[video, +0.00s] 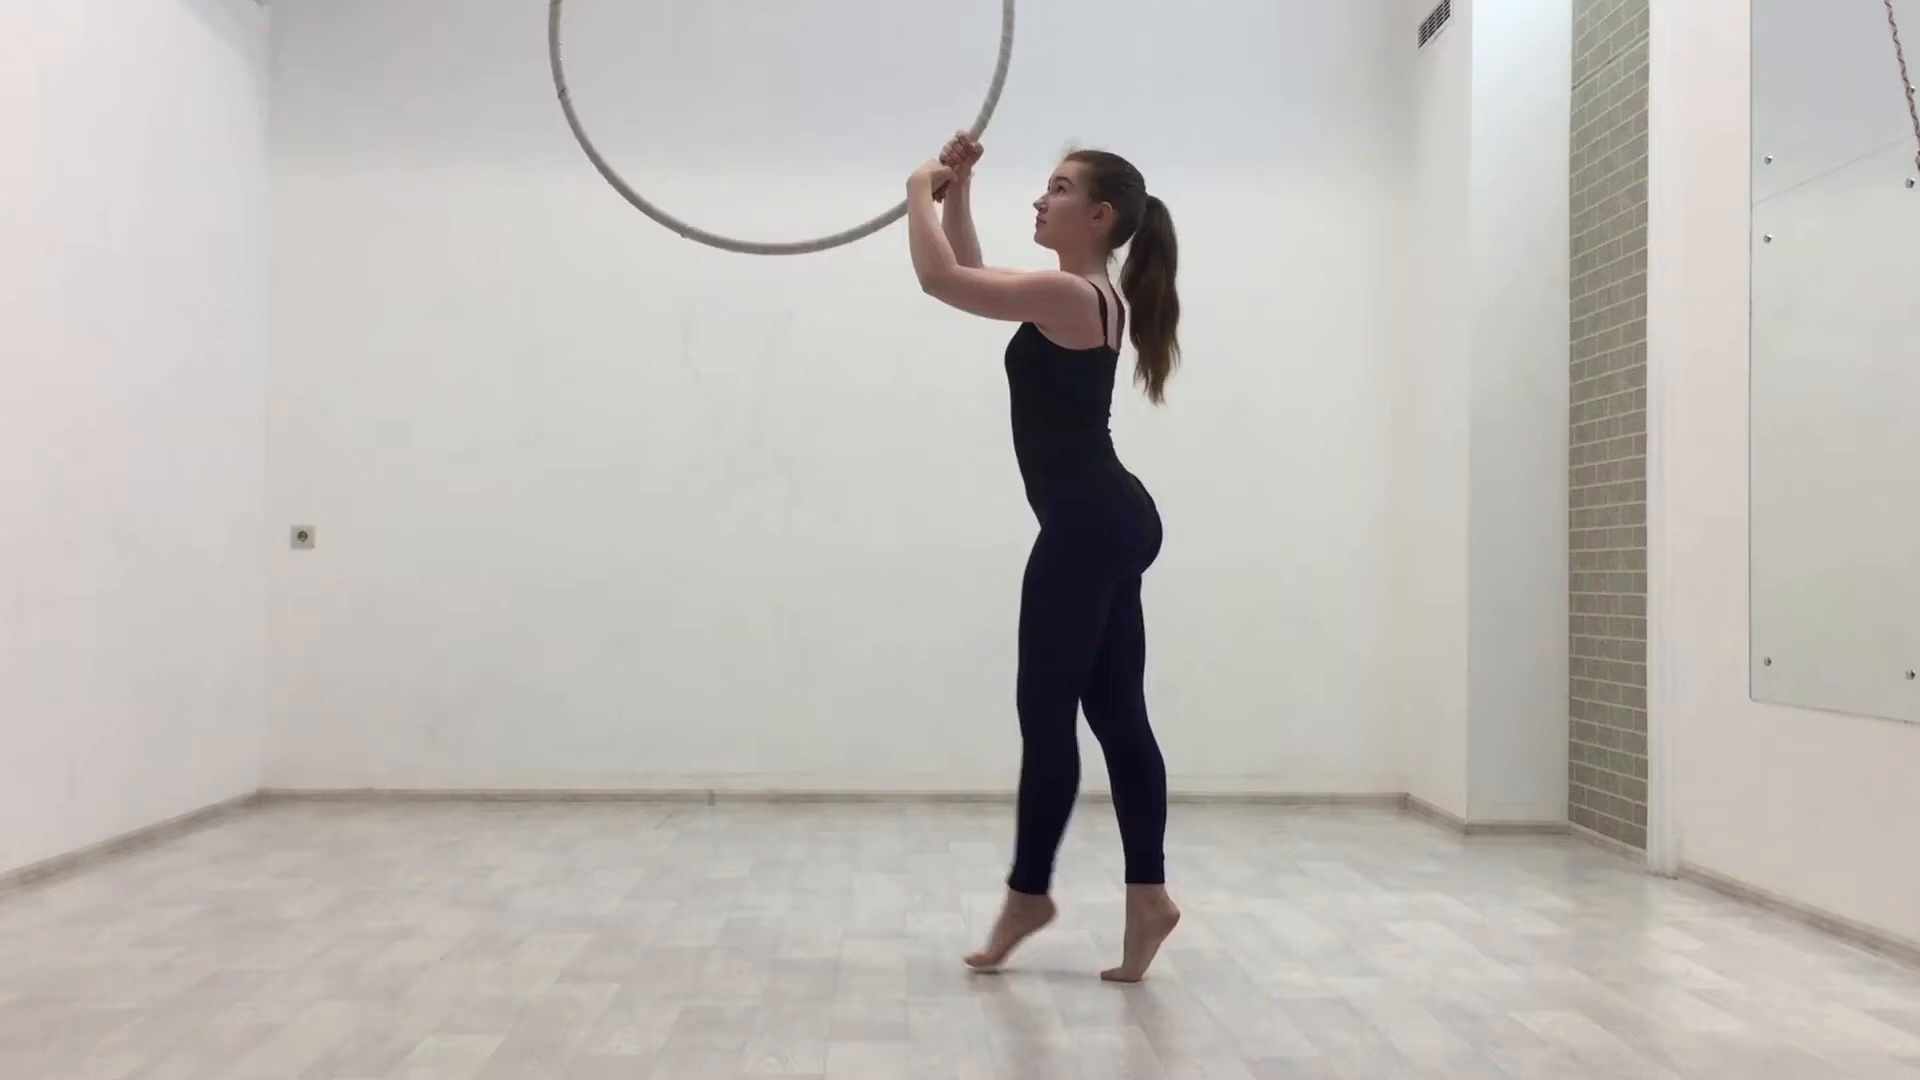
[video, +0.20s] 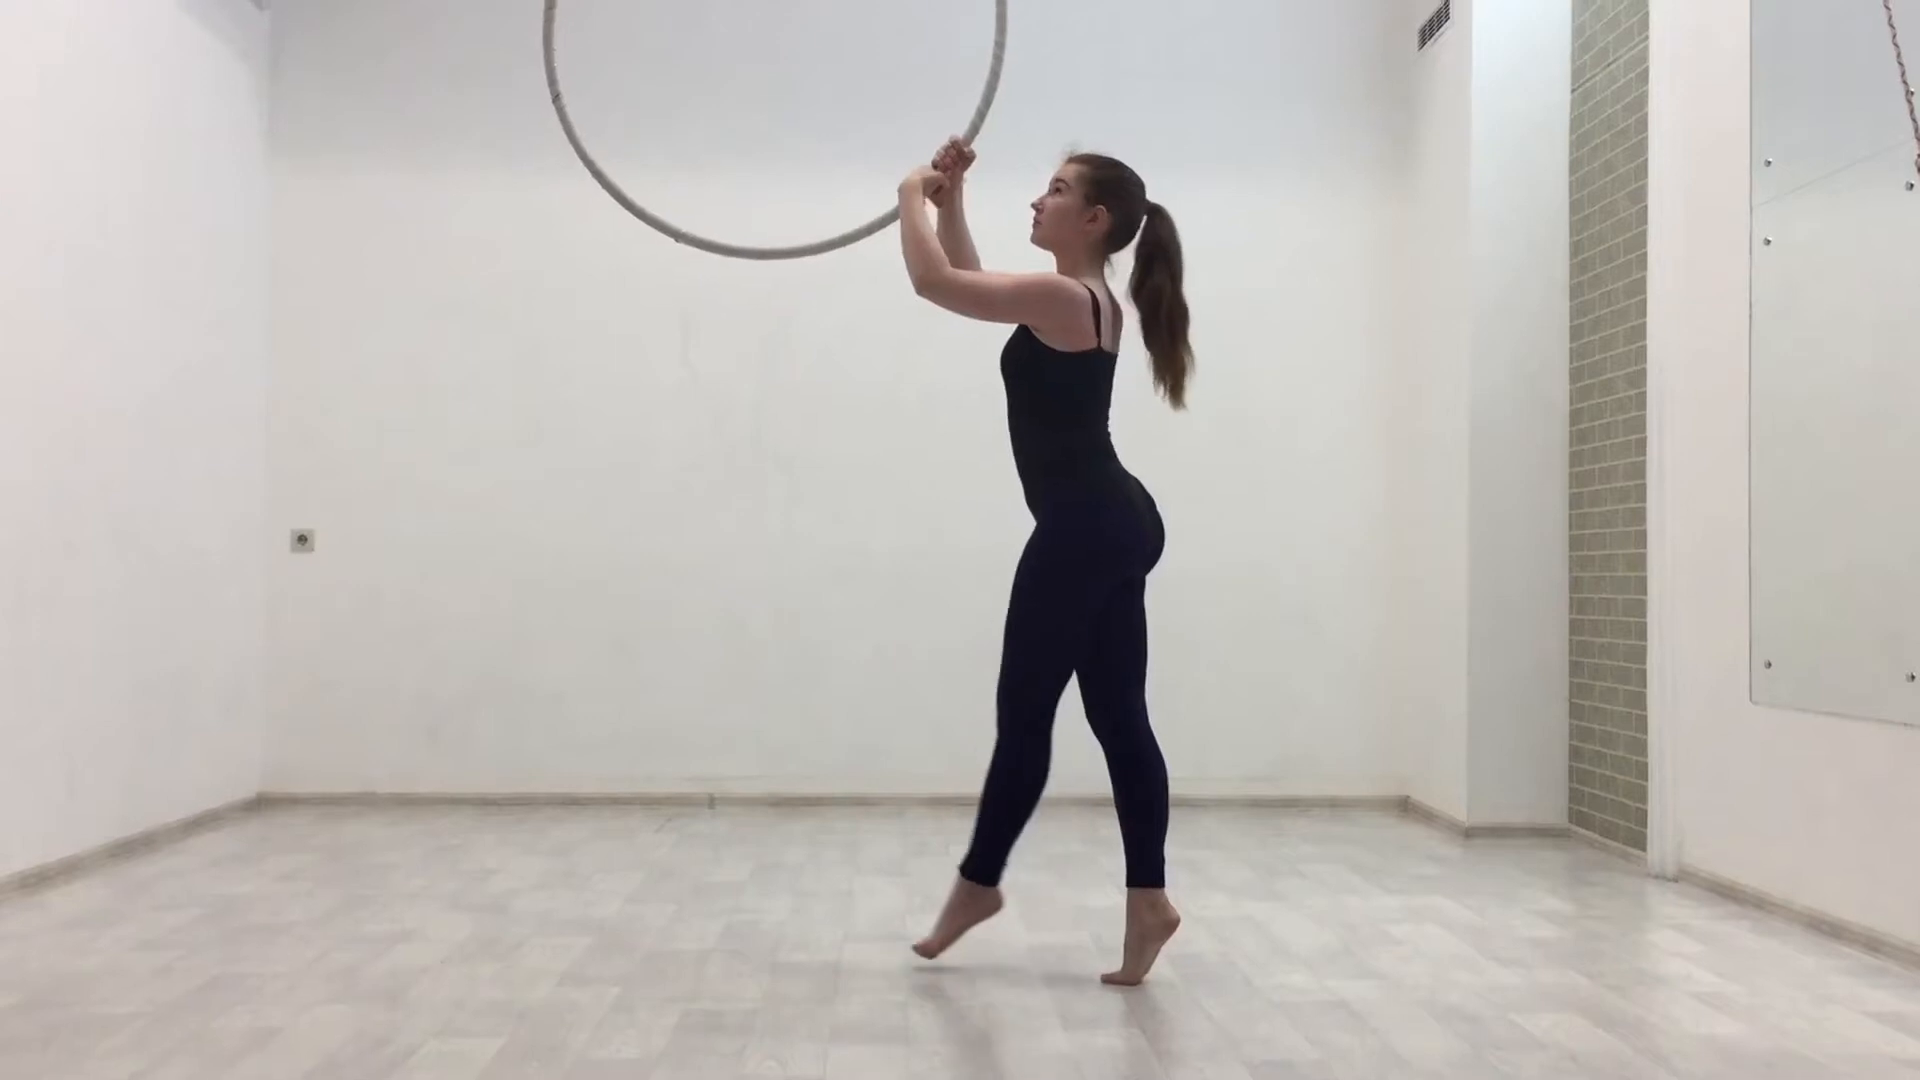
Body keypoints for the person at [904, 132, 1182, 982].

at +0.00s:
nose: (1041, 199)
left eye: (1060, 190)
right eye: (1048, 186)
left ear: (1102, 216)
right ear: (1095, 219)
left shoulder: (1063, 296)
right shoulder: (1095, 298)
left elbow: (939, 279)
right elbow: (971, 276)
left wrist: (920, 194)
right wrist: (959, 190)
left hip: (1079, 532)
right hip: (1115, 521)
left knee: (1042, 713)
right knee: (1120, 715)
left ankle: (1028, 892)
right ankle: (1148, 897)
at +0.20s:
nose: (1038, 201)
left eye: (1056, 192)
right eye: (1047, 188)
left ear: (1094, 220)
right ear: (1097, 224)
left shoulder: (1053, 297)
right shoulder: (1100, 304)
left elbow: (935, 280)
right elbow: (972, 280)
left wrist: (912, 197)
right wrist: (950, 195)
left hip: (1074, 536)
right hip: (1118, 525)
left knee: (1023, 714)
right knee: (1122, 717)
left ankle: (978, 883)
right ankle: (1149, 900)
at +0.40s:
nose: (1023, 208)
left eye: (1040, 201)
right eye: (1032, 197)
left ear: (1076, 230)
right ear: (1081, 235)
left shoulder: (1031, 303)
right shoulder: (1086, 312)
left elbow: (913, 290)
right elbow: (954, 286)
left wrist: (902, 208)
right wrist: (942, 202)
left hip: (1055, 541)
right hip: (1109, 532)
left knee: (984, 718)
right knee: (1118, 724)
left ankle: (918, 888)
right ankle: (1150, 906)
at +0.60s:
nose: (993, 222)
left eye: (1012, 216)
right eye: (1004, 210)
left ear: (1043, 247)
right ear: (1047, 252)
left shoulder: (1001, 315)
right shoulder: (1046, 323)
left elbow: (880, 304)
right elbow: (923, 299)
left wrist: (884, 219)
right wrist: (913, 211)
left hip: (1024, 553)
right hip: (1074, 544)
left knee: (957, 735)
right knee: (1102, 735)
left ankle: (896, 914)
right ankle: (1152, 914)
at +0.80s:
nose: (967, 238)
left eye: (986, 234)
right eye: (979, 228)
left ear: (1017, 270)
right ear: (1012, 273)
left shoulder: (976, 336)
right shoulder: (989, 335)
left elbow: (852, 310)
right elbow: (875, 308)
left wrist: (858, 224)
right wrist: (883, 224)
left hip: (991, 569)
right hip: (1019, 560)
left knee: (918, 741)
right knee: (1066, 746)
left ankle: (882, 935)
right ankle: (1145, 915)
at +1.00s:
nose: (974, 247)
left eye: (996, 248)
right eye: (983, 239)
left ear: (1020, 289)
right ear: (998, 281)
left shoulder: (988, 349)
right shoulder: (939, 342)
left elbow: (879, 333)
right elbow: (836, 319)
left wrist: (858, 241)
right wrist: (868, 235)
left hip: (961, 572)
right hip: (909, 570)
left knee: (923, 761)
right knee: (880, 758)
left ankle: (908, 956)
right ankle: (1005, 887)